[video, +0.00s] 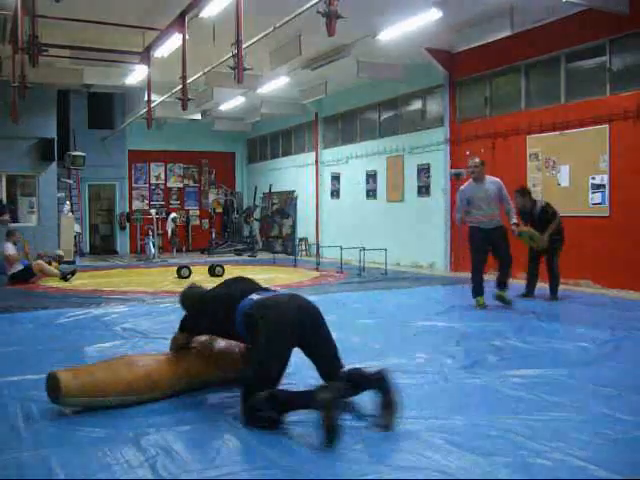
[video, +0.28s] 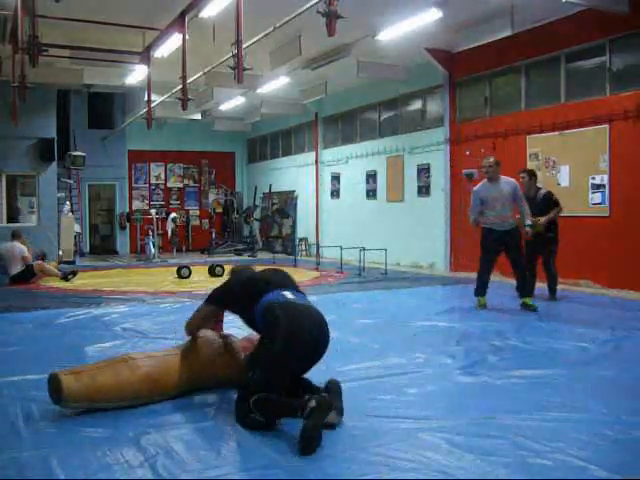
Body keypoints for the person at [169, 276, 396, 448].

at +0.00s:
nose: (187, 311)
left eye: (186, 308)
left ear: (190, 302)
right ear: (206, 289)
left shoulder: (199, 306)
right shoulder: (239, 286)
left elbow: (176, 347)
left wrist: (194, 336)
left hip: (269, 318)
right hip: (300, 305)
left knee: (254, 411)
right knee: (335, 381)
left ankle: (319, 399)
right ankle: (373, 380)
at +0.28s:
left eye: (229, 283)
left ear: (233, 279)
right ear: (254, 273)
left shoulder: (234, 284)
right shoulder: (276, 277)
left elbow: (192, 326)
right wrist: (259, 342)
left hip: (286, 327)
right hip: (318, 327)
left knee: (247, 410)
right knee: (282, 380)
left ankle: (306, 406)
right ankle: (324, 398)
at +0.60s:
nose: (260, 231)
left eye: (262, 227)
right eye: (261, 227)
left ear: (269, 228)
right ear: (294, 232)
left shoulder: (260, 246)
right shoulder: (311, 255)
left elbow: (205, 290)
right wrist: (271, 321)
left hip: (294, 319)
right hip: (327, 323)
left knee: (245, 392)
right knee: (288, 383)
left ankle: (299, 412)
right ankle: (320, 397)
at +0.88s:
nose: (255, 197)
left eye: (259, 192)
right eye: (257, 191)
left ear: (273, 197)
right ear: (285, 199)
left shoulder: (272, 217)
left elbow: (226, 244)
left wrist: (184, 240)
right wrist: (218, 289)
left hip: (297, 309)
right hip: (322, 315)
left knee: (221, 320)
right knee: (285, 389)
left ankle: (254, 404)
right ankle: (344, 385)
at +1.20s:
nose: (237, 191)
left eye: (241, 185)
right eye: (239, 185)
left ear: (255, 188)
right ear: (267, 189)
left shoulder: (267, 221)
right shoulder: (275, 223)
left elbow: (205, 240)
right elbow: (230, 268)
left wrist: (153, 223)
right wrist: (188, 249)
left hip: (280, 320)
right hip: (295, 319)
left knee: (200, 322)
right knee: (284, 389)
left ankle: (231, 404)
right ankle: (350, 377)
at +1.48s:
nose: (159, 201)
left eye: (162, 194)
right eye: (157, 195)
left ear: (179, 190)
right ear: (194, 186)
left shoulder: (209, 212)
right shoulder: (209, 206)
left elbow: (153, 252)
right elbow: (159, 242)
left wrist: (100, 218)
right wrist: (117, 218)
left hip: (261, 294)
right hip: (277, 287)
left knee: (185, 333)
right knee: (290, 371)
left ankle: (232, 407)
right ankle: (371, 381)